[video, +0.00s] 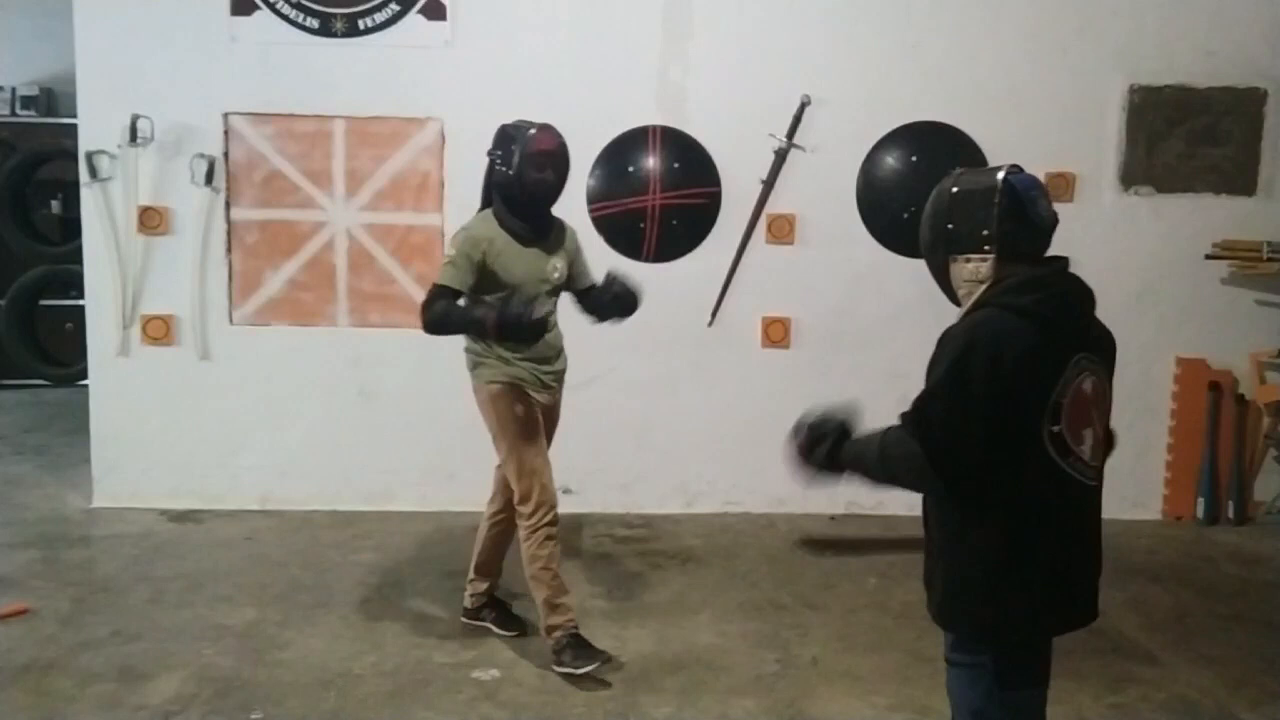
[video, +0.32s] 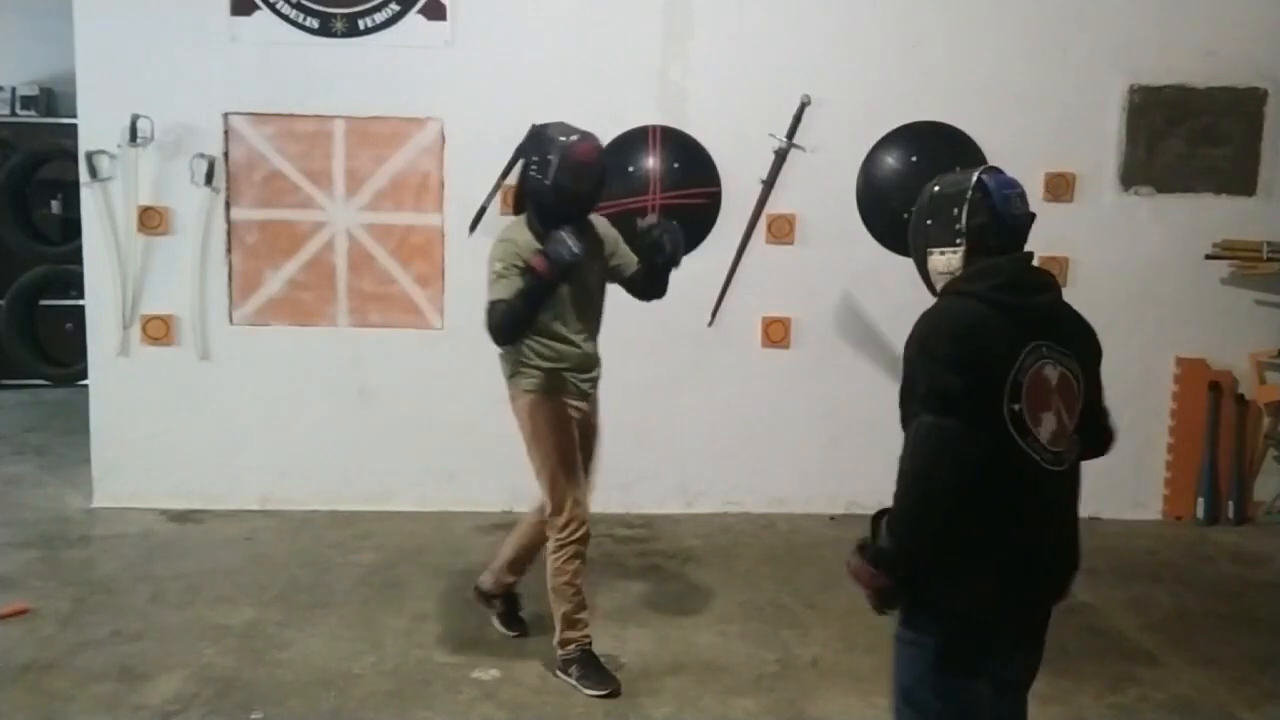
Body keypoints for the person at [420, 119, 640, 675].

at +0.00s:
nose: (548, 180)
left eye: (556, 169)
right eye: (537, 168)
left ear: (563, 175)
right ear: (504, 169)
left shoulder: (561, 237)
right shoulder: (478, 236)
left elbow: (588, 299)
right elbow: (434, 314)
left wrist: (612, 299)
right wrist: (494, 314)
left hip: (548, 374)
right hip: (498, 374)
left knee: (512, 490)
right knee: (537, 496)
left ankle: (479, 596)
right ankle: (563, 635)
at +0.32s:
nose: (586, 196)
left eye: (590, 185)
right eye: (576, 184)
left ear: (591, 188)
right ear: (543, 181)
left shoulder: (595, 232)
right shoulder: (513, 240)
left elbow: (647, 288)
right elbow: (502, 328)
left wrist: (661, 255)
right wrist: (547, 273)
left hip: (583, 382)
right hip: (536, 383)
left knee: (563, 504)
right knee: (569, 517)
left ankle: (497, 582)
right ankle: (572, 647)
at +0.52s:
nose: (616, 204)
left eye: (620, 194)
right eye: (605, 192)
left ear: (619, 198)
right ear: (574, 191)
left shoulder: (620, 242)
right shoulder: (540, 251)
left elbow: (645, 307)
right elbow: (526, 343)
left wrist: (668, 303)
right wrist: (574, 299)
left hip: (603, 389)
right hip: (555, 396)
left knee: (630, 492)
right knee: (585, 522)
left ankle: (566, 570)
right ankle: (572, 650)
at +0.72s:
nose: (644, 234)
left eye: (648, 225)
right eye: (637, 223)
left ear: (646, 225)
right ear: (609, 216)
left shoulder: (647, 257)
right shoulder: (562, 264)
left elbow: (687, 321)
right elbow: (547, 351)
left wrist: (698, 302)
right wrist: (596, 307)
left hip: (621, 387)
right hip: (571, 392)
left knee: (657, 487)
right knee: (602, 520)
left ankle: (644, 567)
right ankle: (576, 649)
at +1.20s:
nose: (666, 212)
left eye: (674, 203)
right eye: (658, 201)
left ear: (681, 206)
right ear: (637, 200)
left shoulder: (688, 246)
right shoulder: (599, 250)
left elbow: (705, 301)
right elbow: (556, 313)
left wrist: (713, 330)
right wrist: (584, 326)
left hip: (667, 380)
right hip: (617, 379)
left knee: (677, 480)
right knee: (638, 486)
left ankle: (657, 564)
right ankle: (611, 587)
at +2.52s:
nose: (719, 193)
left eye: (725, 183)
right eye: (710, 181)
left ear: (729, 188)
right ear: (685, 182)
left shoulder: (719, 239)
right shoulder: (648, 237)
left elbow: (716, 298)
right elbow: (614, 309)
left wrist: (735, 320)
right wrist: (658, 314)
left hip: (694, 371)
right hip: (644, 369)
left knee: (724, 465)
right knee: (632, 476)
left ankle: (741, 565)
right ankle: (608, 571)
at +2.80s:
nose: (767, 190)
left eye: (774, 181)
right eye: (758, 180)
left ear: (779, 185)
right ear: (729, 179)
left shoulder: (776, 236)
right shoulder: (698, 236)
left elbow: (785, 293)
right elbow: (665, 307)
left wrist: (798, 316)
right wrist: (705, 310)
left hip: (750, 374)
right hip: (700, 371)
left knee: (763, 467)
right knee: (701, 470)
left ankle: (746, 567)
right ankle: (640, 561)